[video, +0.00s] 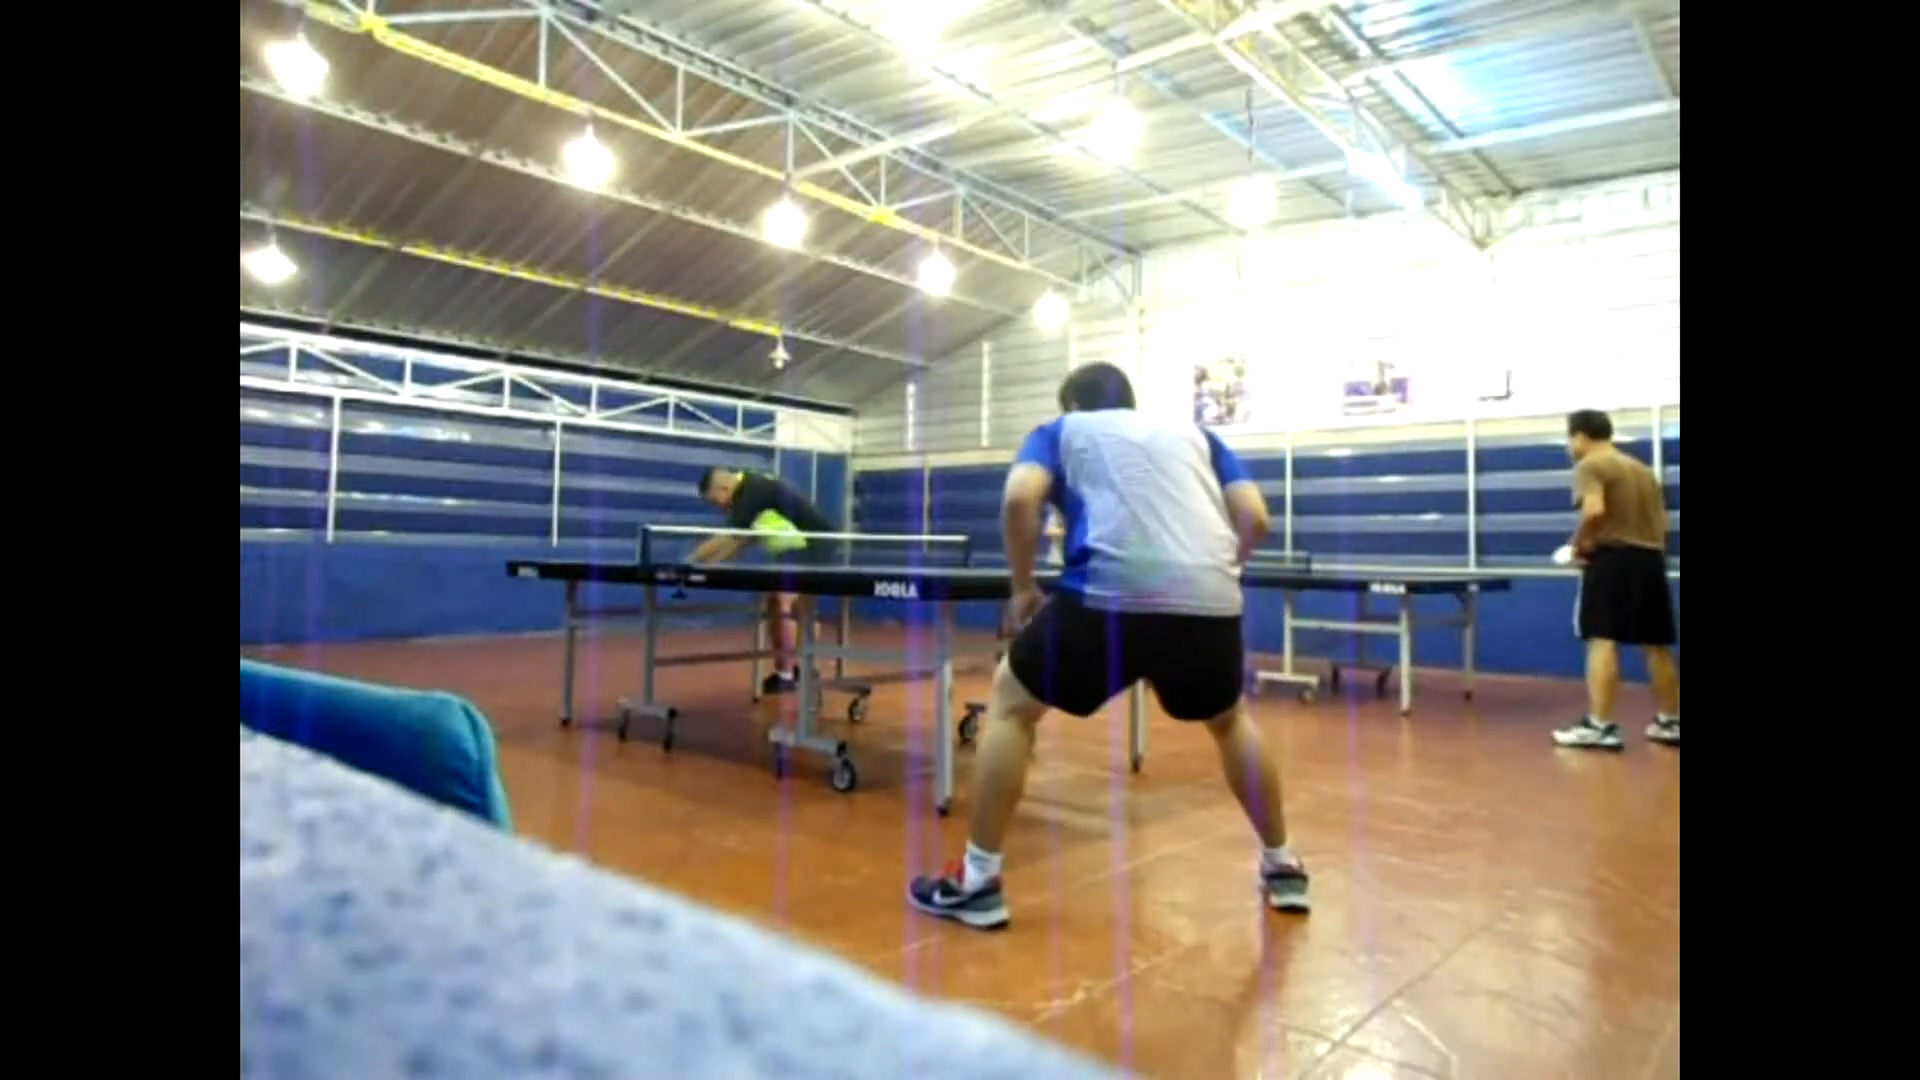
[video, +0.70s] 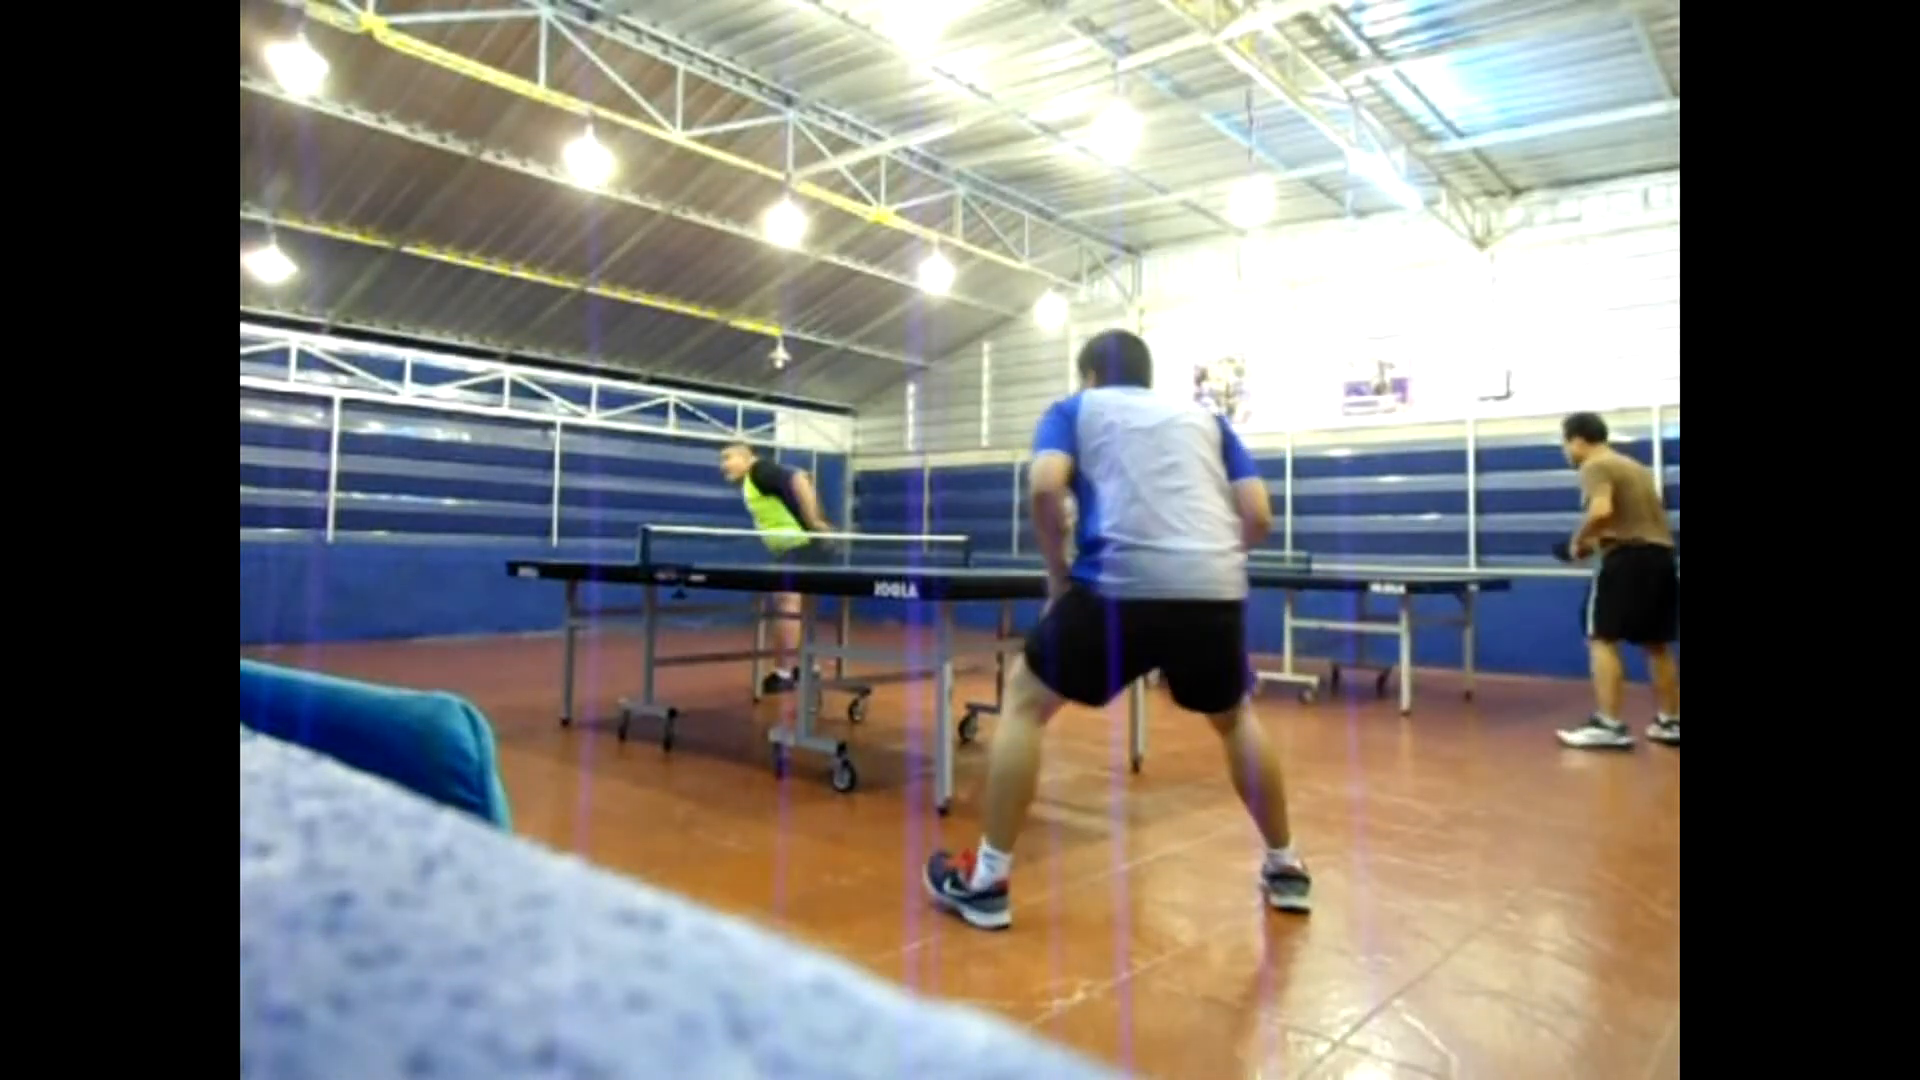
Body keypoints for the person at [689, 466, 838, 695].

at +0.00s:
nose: (719, 506)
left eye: (716, 500)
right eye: (714, 502)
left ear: (725, 486)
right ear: (725, 485)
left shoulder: (751, 492)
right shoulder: (751, 488)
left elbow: (728, 536)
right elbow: (739, 540)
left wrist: (690, 560)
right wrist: (710, 564)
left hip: (810, 547)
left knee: (782, 603)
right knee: (779, 604)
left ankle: (785, 672)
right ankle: (788, 669)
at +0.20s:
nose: (718, 486)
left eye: (717, 480)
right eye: (715, 483)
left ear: (727, 468)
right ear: (727, 474)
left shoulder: (753, 476)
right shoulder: (743, 488)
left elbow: (724, 498)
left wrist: (673, 495)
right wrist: (673, 495)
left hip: (805, 548)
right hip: (786, 551)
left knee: (783, 604)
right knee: (778, 605)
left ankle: (787, 671)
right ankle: (786, 668)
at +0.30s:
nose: (722, 479)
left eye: (724, 472)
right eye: (719, 473)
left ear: (736, 461)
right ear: (733, 464)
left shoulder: (759, 473)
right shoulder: (747, 482)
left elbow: (726, 477)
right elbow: (715, 472)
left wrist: (685, 458)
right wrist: (683, 456)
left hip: (806, 545)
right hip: (788, 548)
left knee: (784, 603)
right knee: (778, 604)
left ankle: (787, 671)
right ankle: (784, 668)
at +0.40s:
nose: (727, 469)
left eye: (732, 461)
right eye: (726, 462)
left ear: (748, 458)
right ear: (734, 466)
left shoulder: (763, 474)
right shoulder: (749, 487)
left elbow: (714, 459)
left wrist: (687, 444)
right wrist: (682, 442)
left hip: (807, 543)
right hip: (787, 547)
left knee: (786, 603)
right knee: (776, 603)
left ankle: (786, 670)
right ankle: (784, 667)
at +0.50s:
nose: (728, 462)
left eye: (732, 454)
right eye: (725, 457)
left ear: (749, 454)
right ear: (727, 461)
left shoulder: (770, 471)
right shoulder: (749, 485)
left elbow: (753, 471)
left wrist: (720, 474)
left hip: (806, 544)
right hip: (784, 548)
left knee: (788, 604)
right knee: (775, 606)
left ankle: (790, 669)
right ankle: (782, 668)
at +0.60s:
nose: (727, 460)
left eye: (731, 453)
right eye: (725, 455)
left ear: (749, 453)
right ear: (731, 459)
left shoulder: (759, 468)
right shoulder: (752, 479)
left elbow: (786, 470)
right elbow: (796, 486)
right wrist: (822, 493)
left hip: (800, 544)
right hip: (786, 546)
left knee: (787, 605)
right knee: (787, 606)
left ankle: (786, 670)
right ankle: (800, 665)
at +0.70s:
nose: (725, 465)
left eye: (729, 458)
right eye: (723, 459)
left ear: (747, 457)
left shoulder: (760, 471)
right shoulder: (751, 481)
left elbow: (798, 479)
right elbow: (800, 477)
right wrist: (814, 518)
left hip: (796, 548)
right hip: (785, 550)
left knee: (788, 607)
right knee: (789, 608)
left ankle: (785, 670)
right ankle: (798, 665)